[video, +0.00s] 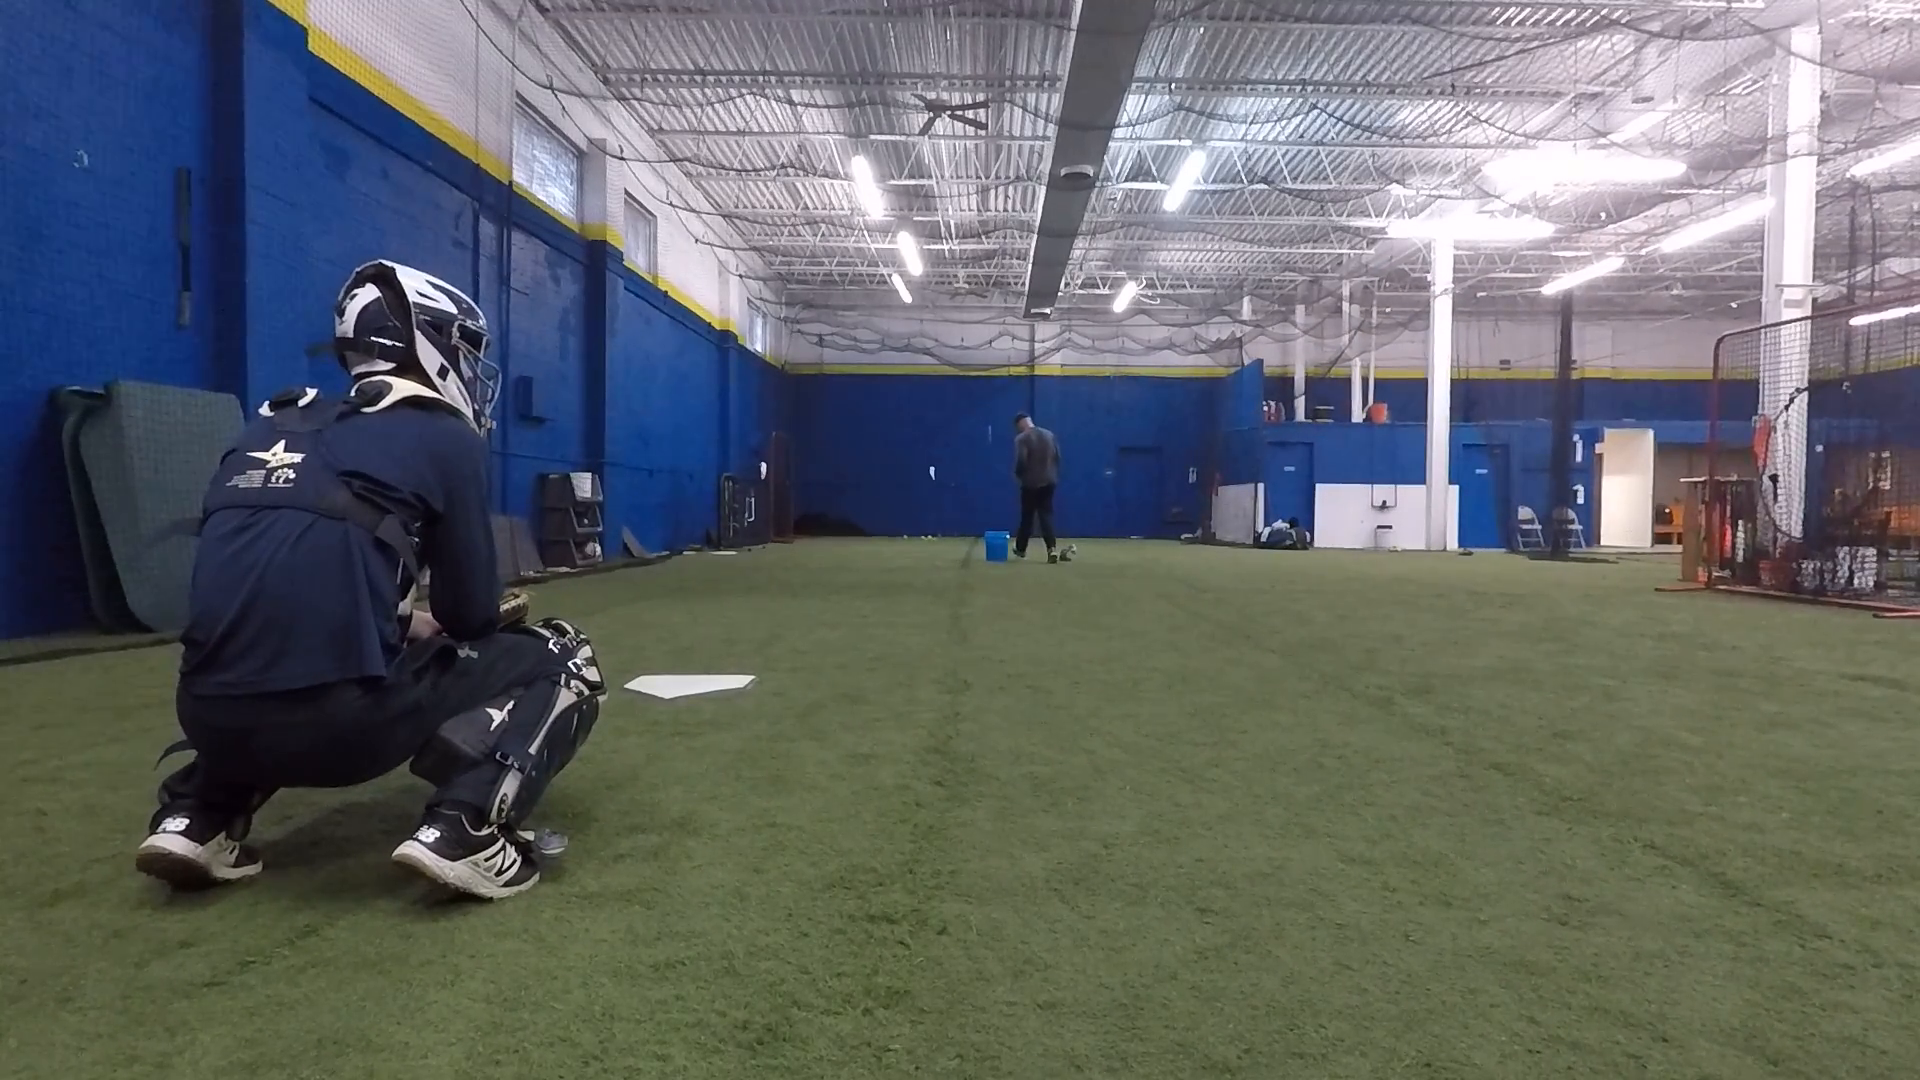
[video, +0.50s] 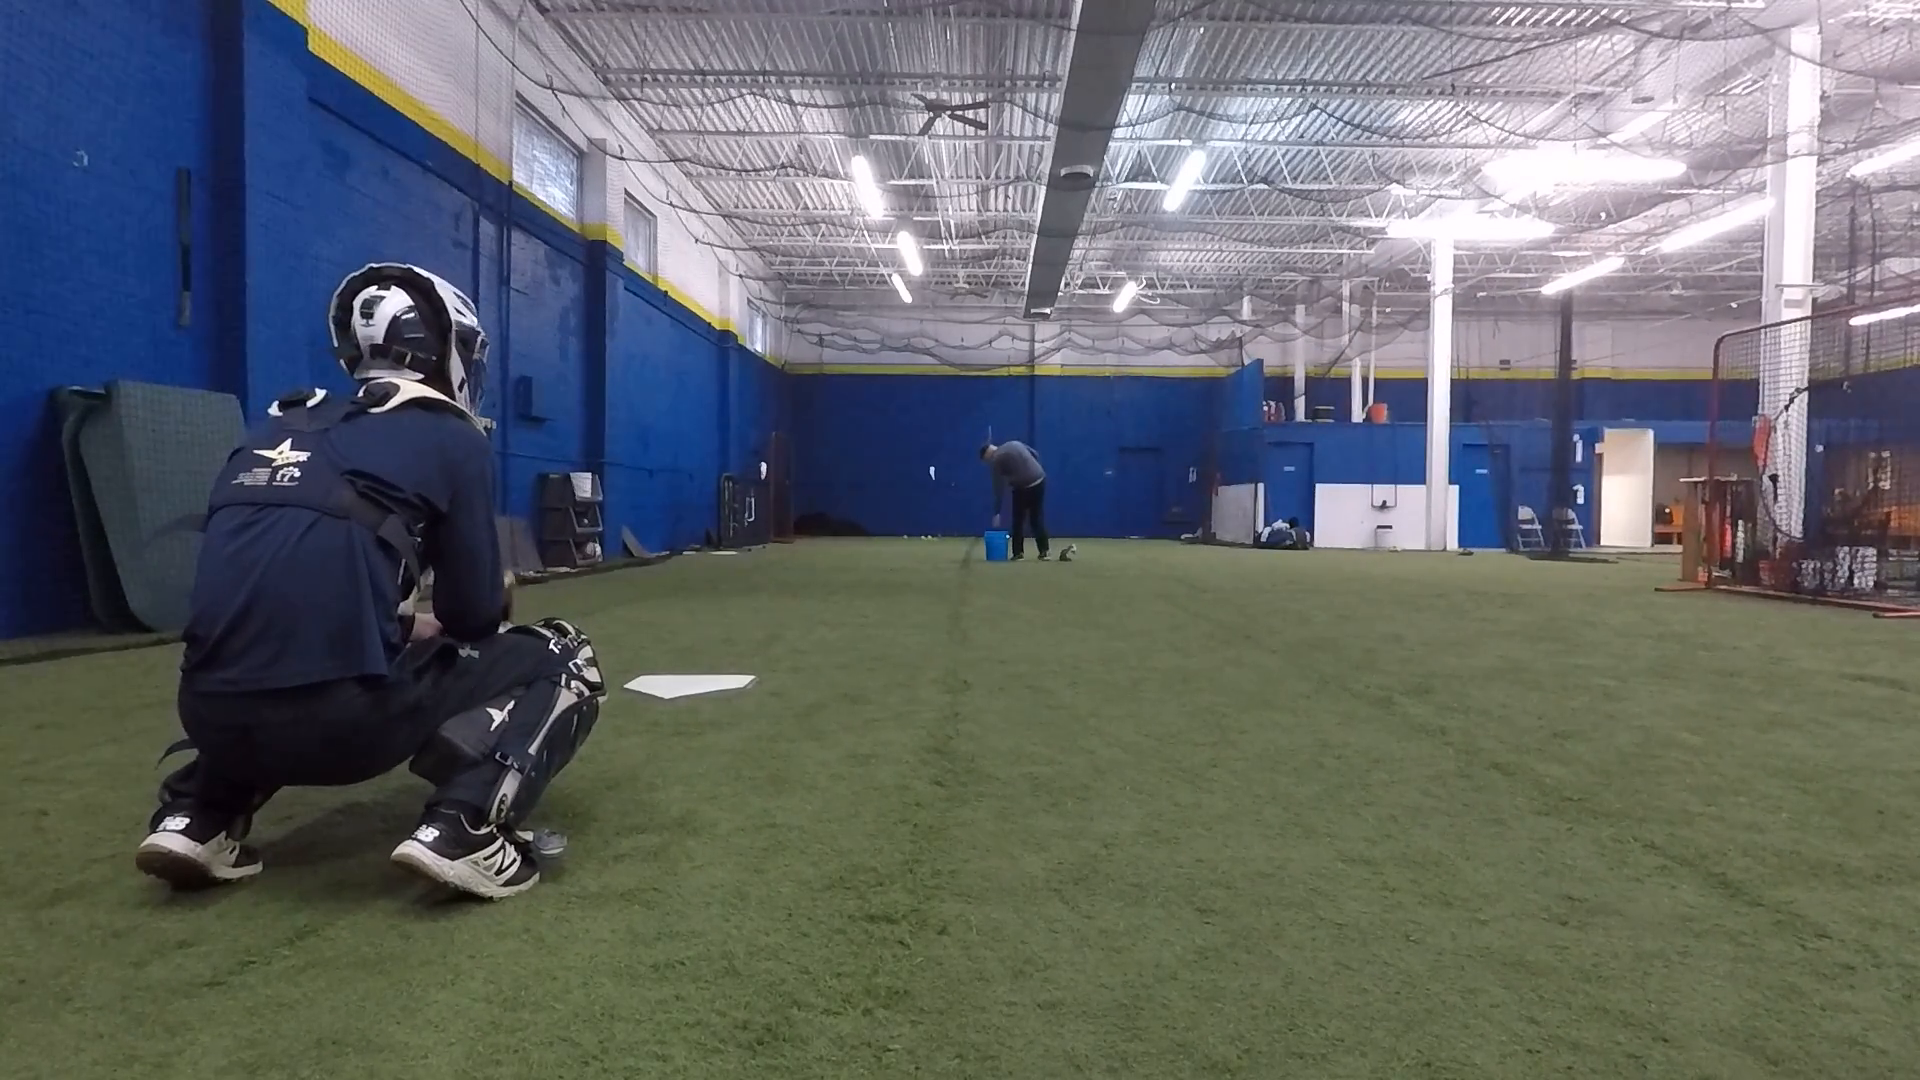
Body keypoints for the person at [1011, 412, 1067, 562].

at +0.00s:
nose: (1020, 428)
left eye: (1019, 425)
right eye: (1020, 425)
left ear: (1020, 424)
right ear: (1031, 421)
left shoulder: (1021, 438)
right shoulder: (1049, 434)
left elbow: (1021, 459)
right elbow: (1056, 455)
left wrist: (1018, 473)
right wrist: (1054, 470)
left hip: (1030, 483)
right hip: (1048, 482)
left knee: (1027, 516)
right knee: (1046, 514)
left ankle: (1021, 548)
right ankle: (1052, 549)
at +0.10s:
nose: (1010, 435)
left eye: (1010, 432)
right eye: (1010, 432)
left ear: (1011, 431)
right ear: (1021, 427)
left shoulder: (1013, 445)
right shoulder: (1041, 439)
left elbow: (1014, 466)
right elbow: (1051, 459)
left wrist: (1012, 482)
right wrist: (1049, 474)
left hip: (1025, 489)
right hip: (1044, 487)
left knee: (1022, 521)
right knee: (1044, 518)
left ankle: (1019, 552)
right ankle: (1051, 544)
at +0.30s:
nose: (996, 447)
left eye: (995, 444)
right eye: (995, 445)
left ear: (997, 440)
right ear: (1004, 435)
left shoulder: (1004, 451)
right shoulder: (1026, 439)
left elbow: (1005, 476)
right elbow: (1042, 455)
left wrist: (1003, 499)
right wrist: (1036, 471)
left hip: (1021, 489)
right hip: (1040, 485)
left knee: (1017, 521)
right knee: (1037, 517)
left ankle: (1018, 553)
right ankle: (1048, 543)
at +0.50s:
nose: (988, 462)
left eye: (986, 459)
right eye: (986, 460)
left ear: (988, 454)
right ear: (993, 447)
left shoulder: (996, 461)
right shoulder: (1014, 444)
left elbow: (999, 488)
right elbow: (1035, 454)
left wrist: (996, 512)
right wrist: (1029, 470)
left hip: (1021, 488)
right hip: (1039, 482)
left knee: (1017, 521)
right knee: (1036, 518)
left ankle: (1018, 552)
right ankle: (1044, 550)